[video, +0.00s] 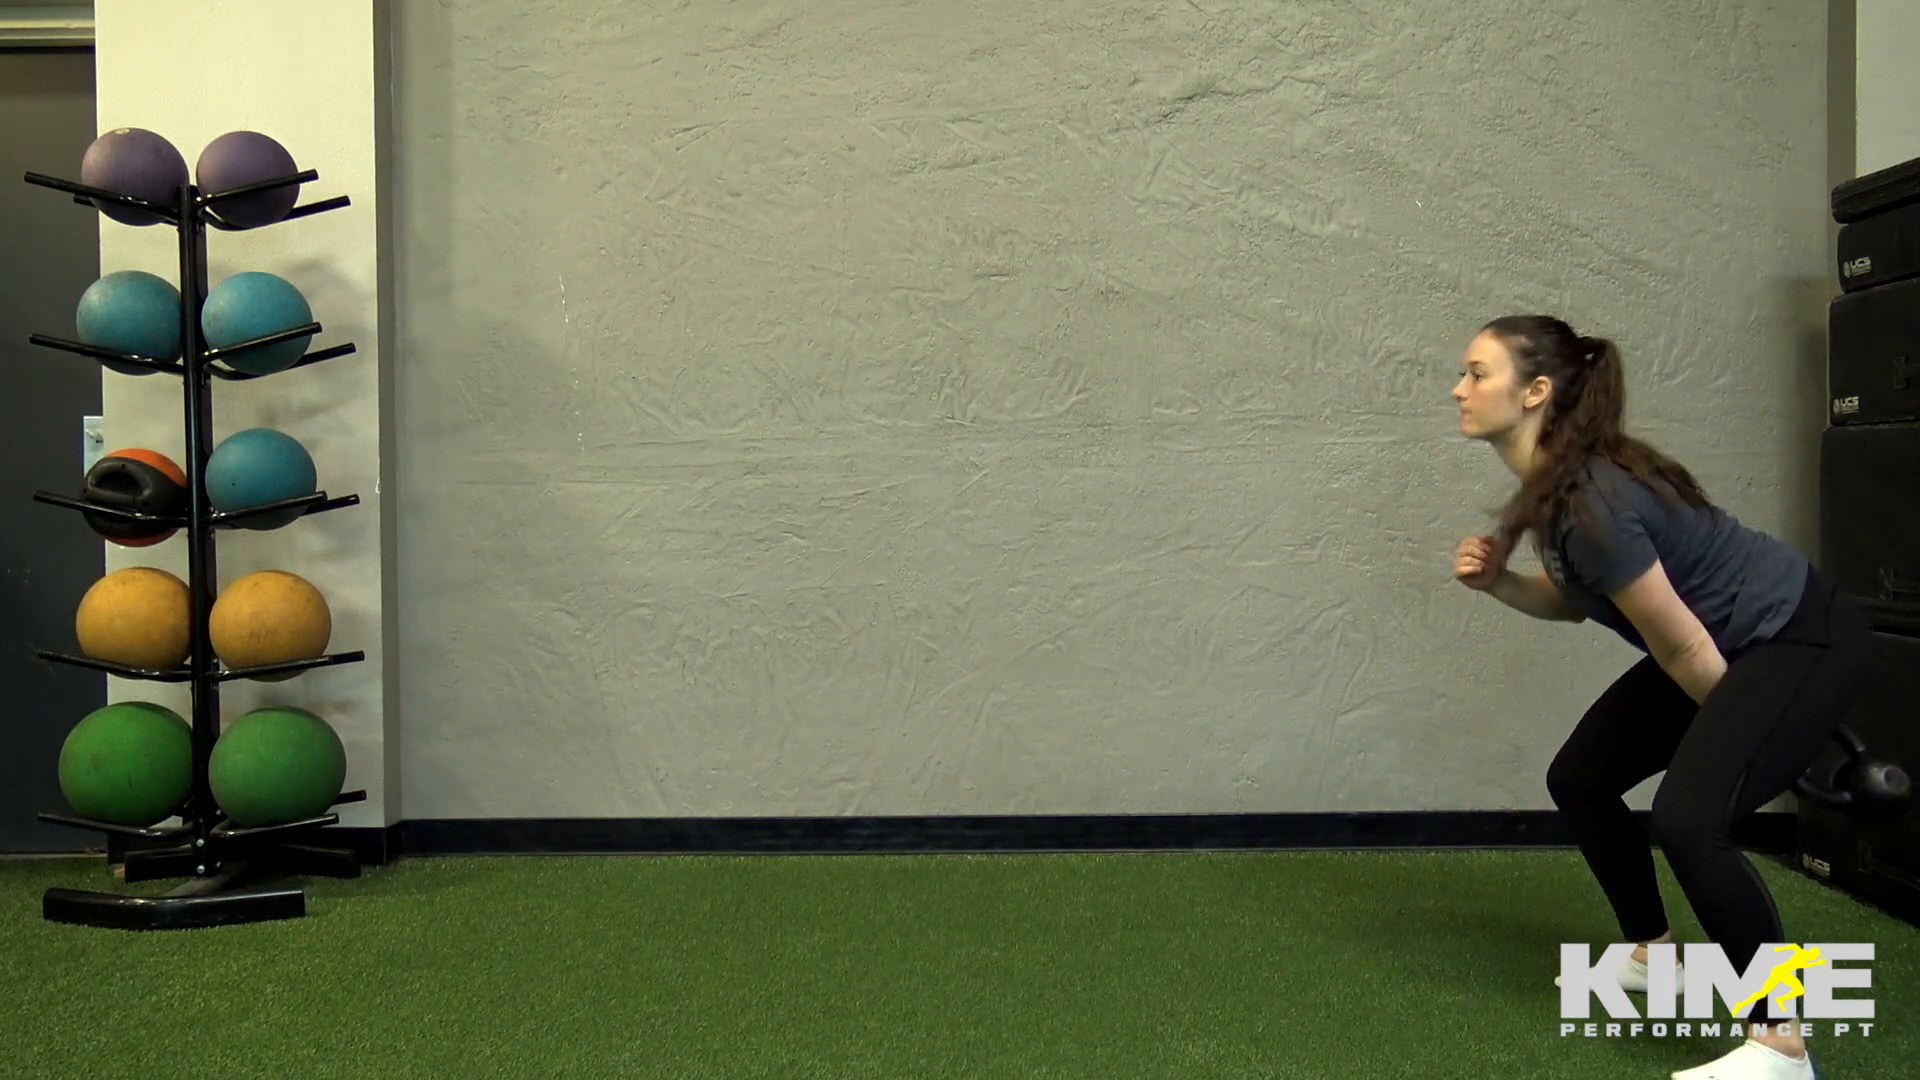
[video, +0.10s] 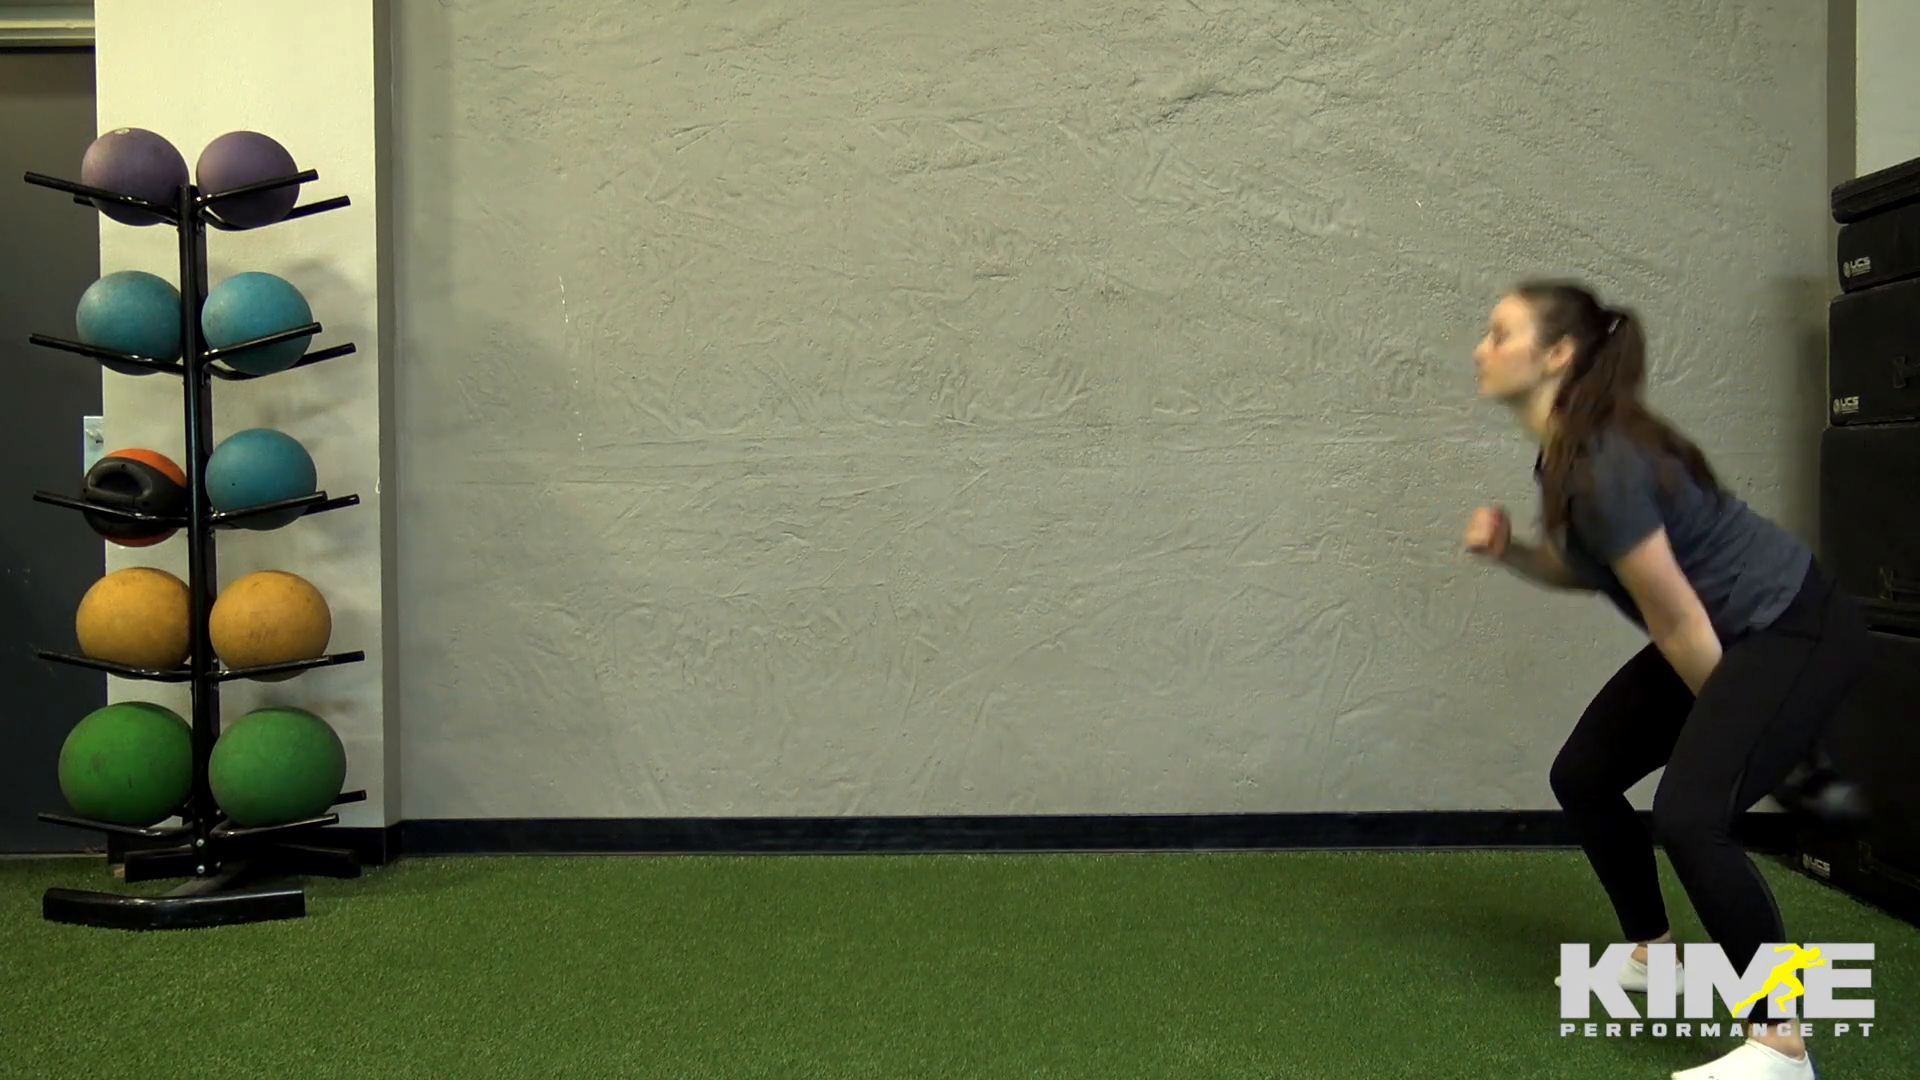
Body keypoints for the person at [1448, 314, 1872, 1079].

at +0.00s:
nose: (1459, 389)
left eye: (1475, 375)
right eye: (1462, 375)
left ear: (1535, 393)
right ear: (1529, 395)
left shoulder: (1591, 502)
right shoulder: (1556, 491)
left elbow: (1686, 646)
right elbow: (1578, 601)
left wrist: (1746, 734)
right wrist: (1498, 581)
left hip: (1805, 637)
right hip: (1730, 639)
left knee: (1687, 819)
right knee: (1580, 778)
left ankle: (1782, 1037)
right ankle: (1655, 960)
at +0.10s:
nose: (1480, 353)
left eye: (1498, 338)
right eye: (1486, 337)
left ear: (1559, 354)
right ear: (1551, 357)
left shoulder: (1601, 461)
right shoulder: (1564, 451)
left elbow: (1681, 621)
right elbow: (1589, 571)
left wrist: (1739, 733)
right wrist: (1510, 551)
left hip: (1800, 630)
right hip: (1726, 631)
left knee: (1691, 817)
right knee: (1583, 777)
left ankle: (1782, 1037)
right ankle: (1657, 960)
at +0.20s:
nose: (1543, 254)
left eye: (1561, 237)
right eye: (1547, 238)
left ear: (1626, 243)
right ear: (1613, 246)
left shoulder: (1667, 353)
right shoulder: (1615, 355)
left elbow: (1684, 529)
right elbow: (1612, 501)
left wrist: (1660, 646)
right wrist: (1535, 462)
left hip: (1778, 582)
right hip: (1700, 585)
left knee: (1711, 794)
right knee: (1601, 769)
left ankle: (1783, 1032)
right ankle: (1657, 961)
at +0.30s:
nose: (1593, 215)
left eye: (1609, 196)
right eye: (1592, 200)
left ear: (1677, 195)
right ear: (1662, 203)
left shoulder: (1727, 299)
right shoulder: (1649, 305)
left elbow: (1723, 458)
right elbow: (1612, 464)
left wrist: (1622, 563)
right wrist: (1554, 410)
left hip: (1764, 556)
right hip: (1681, 562)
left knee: (1724, 773)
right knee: (1624, 760)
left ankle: (1782, 1030)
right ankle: (1658, 960)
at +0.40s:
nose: (1642, 202)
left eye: (1657, 182)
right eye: (1640, 186)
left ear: (1724, 182)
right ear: (1702, 190)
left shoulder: (1787, 286)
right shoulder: (1672, 307)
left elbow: (1769, 440)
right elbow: (1613, 449)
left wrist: (1620, 441)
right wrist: (1570, 385)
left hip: (1742, 565)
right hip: (1659, 569)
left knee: (1734, 788)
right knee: (1656, 781)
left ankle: (1782, 1032)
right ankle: (1658, 971)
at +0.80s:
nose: (1655, 177)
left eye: (1673, 158)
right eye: (1655, 162)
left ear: (1738, 165)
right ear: (1714, 169)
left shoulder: (1772, 286)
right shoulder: (1674, 289)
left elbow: (1698, 408)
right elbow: (1631, 450)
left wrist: (1656, 285)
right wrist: (1565, 404)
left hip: (1732, 562)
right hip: (1651, 570)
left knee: (1736, 792)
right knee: (1664, 785)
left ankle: (1785, 1033)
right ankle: (1655, 964)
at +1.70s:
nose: (1654, 164)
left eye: (1673, 145)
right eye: (1655, 146)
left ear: (1738, 149)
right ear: (1719, 151)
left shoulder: (1766, 280)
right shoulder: (1688, 274)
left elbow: (1677, 421)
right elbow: (1665, 442)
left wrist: (1646, 294)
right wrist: (1626, 555)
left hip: (1734, 557)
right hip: (1661, 563)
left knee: (1734, 789)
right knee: (1662, 774)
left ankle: (1784, 1035)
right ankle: (1651, 961)